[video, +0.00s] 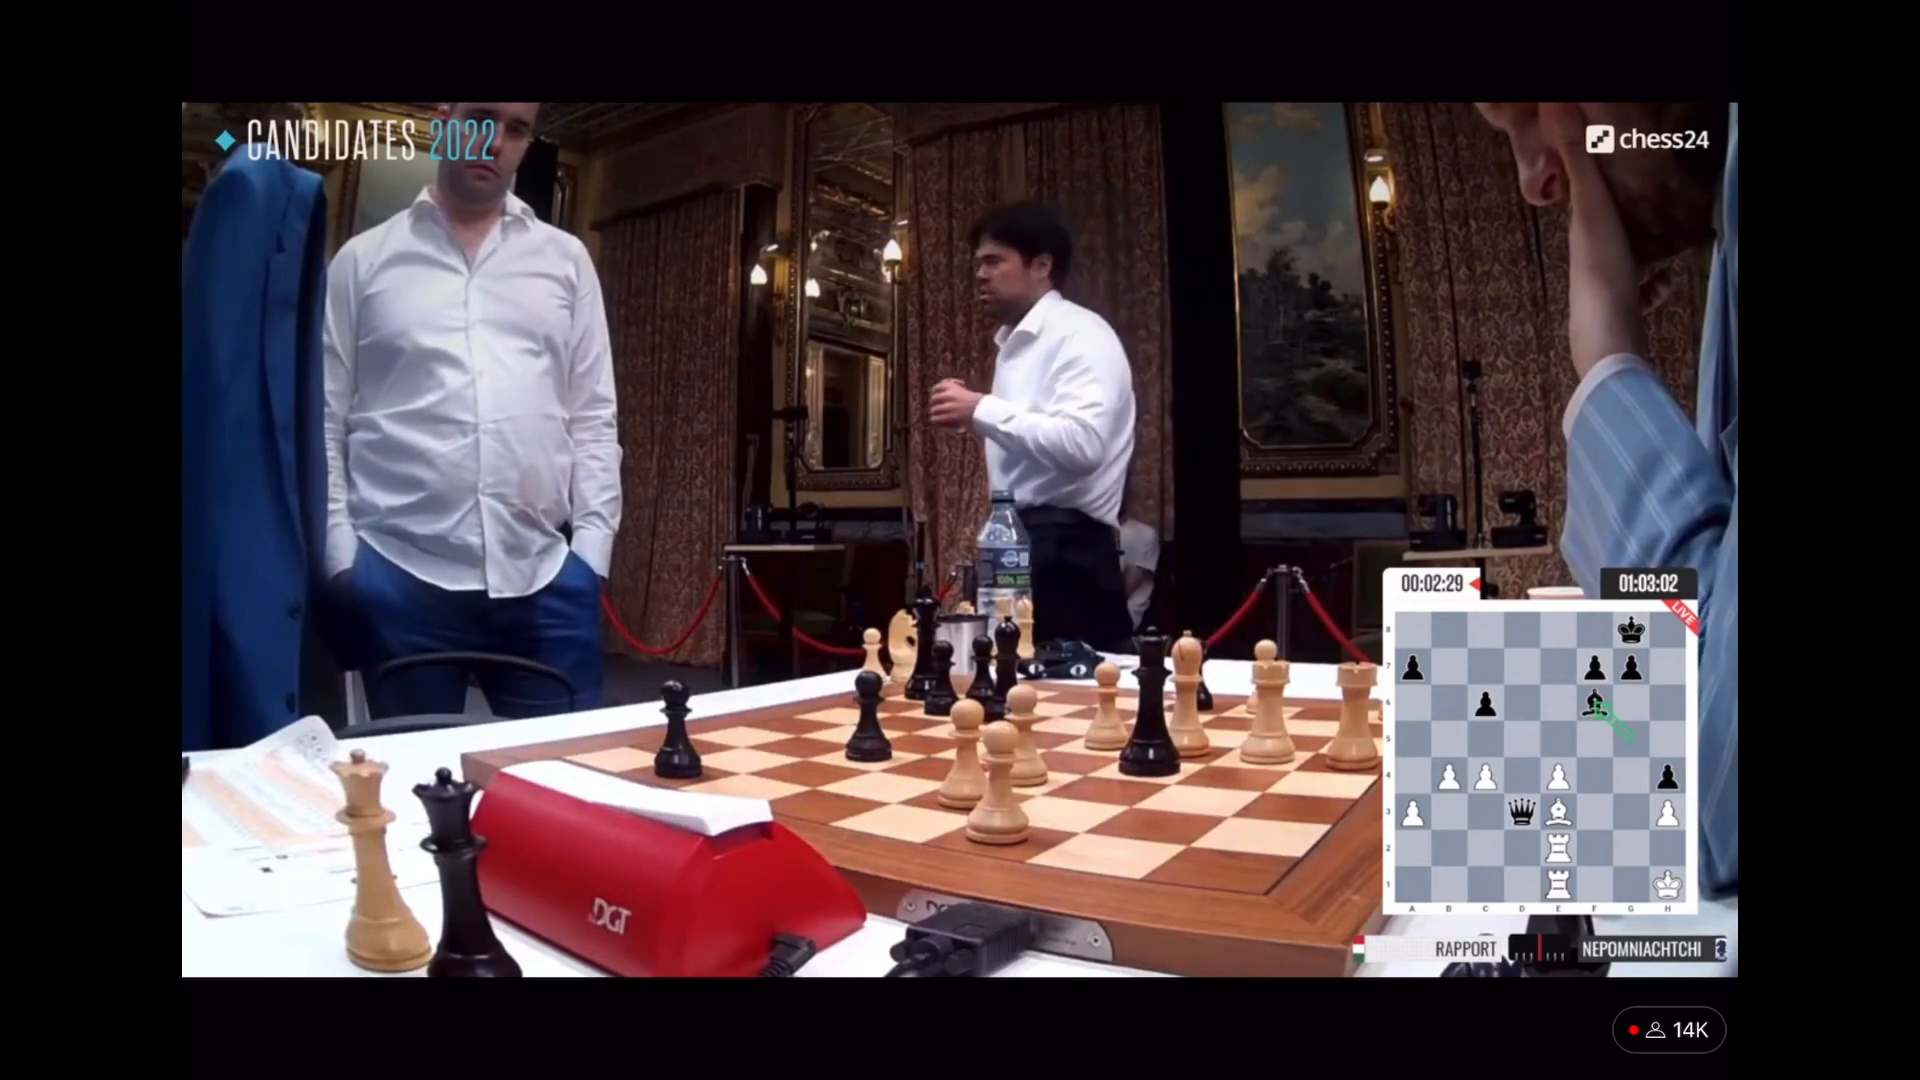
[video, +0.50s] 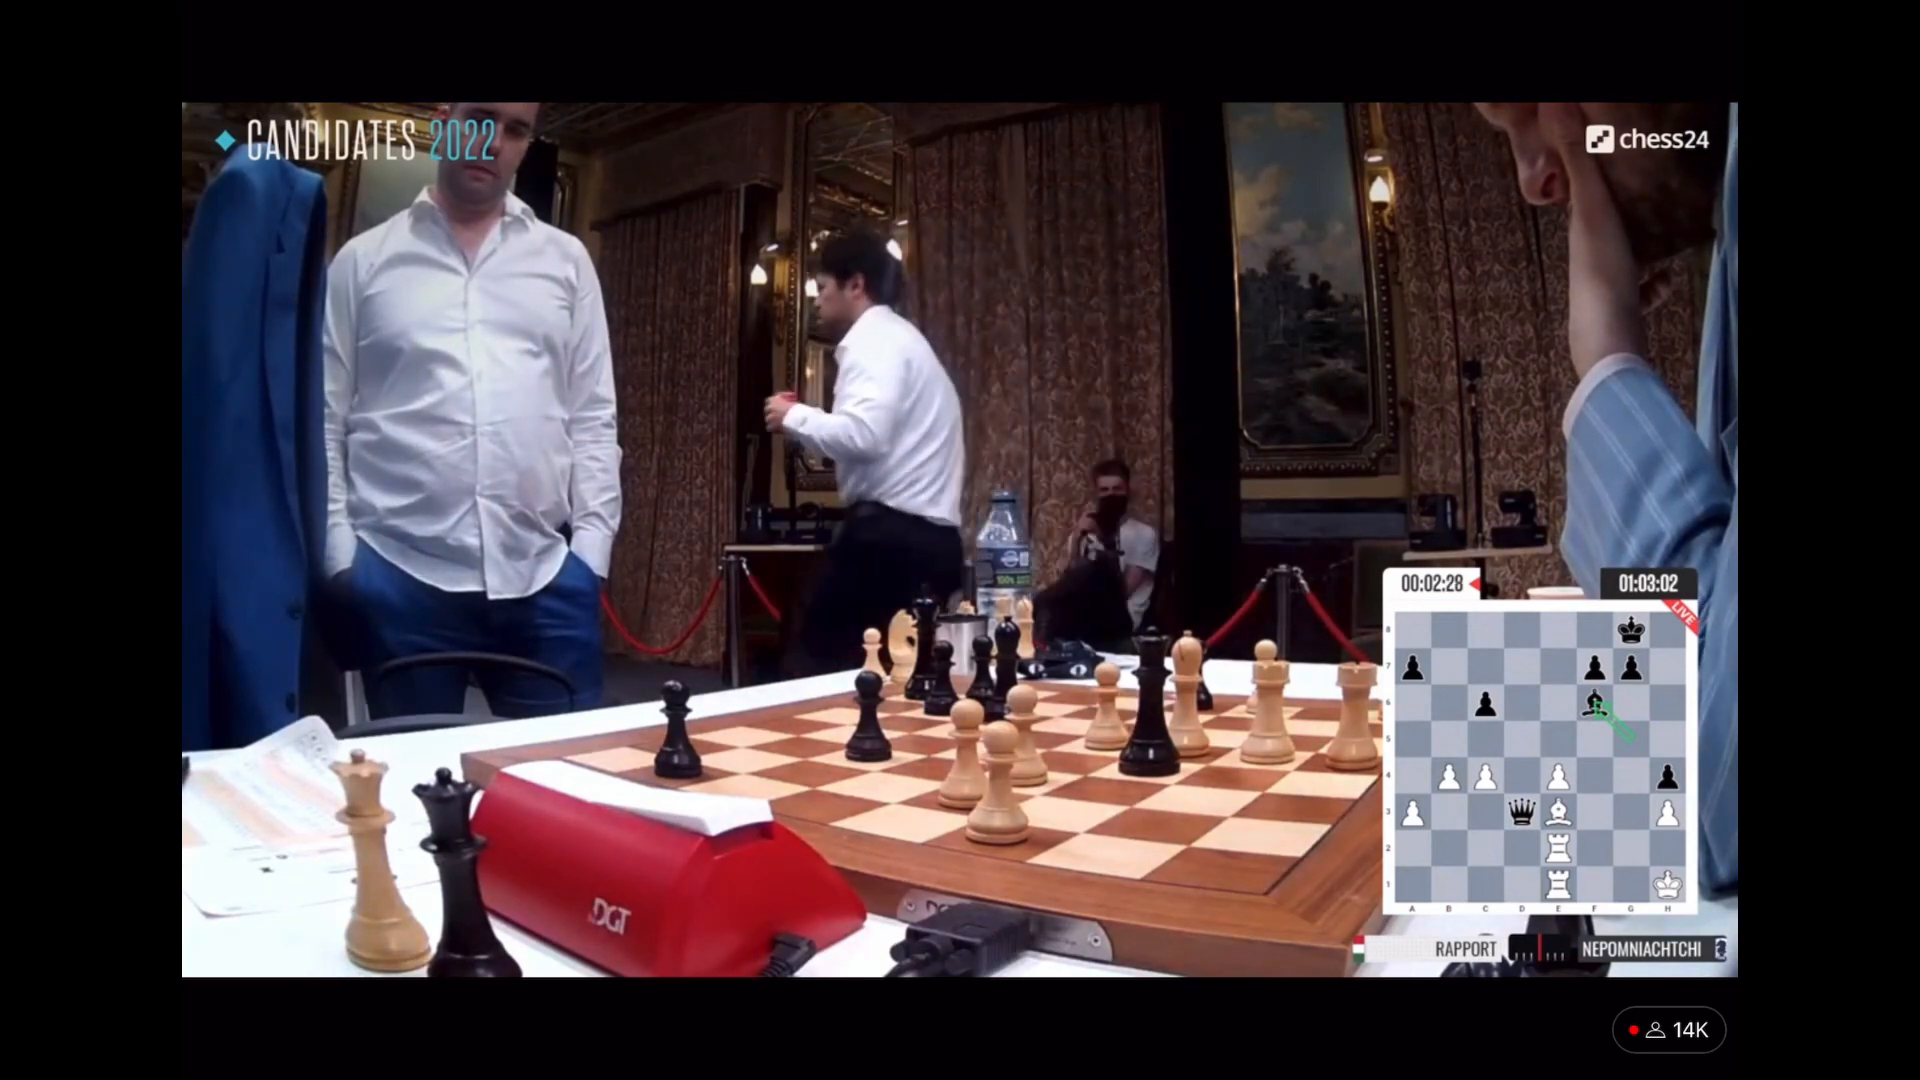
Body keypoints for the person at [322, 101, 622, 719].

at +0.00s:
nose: (492, 144)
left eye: (515, 130)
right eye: (479, 120)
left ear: (530, 145)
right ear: (442, 120)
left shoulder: (566, 259)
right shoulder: (362, 262)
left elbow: (594, 417)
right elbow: (325, 421)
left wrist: (589, 553)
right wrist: (342, 562)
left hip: (548, 584)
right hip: (402, 586)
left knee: (570, 789)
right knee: (414, 793)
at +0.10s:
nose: (492, 144)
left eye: (515, 130)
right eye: (479, 120)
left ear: (530, 145)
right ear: (442, 120)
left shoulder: (566, 260)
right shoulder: (362, 262)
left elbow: (594, 417)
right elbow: (326, 421)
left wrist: (589, 553)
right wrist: (342, 561)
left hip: (548, 585)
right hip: (402, 587)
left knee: (570, 790)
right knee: (414, 793)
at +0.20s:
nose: (492, 144)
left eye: (515, 130)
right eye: (480, 120)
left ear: (530, 145)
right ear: (442, 119)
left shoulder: (565, 259)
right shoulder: (362, 262)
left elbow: (594, 417)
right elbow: (326, 421)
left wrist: (589, 553)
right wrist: (342, 561)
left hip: (548, 584)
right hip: (402, 586)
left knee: (570, 790)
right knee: (414, 793)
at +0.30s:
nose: (491, 144)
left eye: (514, 131)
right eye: (478, 120)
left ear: (530, 146)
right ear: (442, 121)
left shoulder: (565, 259)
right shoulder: (362, 262)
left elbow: (594, 416)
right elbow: (325, 419)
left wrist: (589, 553)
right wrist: (342, 560)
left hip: (547, 584)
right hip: (402, 586)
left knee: (571, 788)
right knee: (414, 791)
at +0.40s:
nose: (491, 144)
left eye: (514, 131)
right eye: (478, 120)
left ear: (530, 145)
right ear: (441, 121)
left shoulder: (565, 259)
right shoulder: (362, 262)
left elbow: (594, 417)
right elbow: (325, 419)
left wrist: (589, 554)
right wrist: (342, 561)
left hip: (547, 584)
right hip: (402, 586)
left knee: (572, 788)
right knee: (414, 791)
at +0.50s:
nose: (490, 144)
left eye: (514, 131)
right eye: (477, 120)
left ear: (530, 146)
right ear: (441, 121)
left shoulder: (565, 260)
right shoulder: (362, 263)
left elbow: (594, 417)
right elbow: (325, 419)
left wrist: (589, 554)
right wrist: (342, 561)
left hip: (547, 584)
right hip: (402, 586)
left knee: (572, 788)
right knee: (414, 791)